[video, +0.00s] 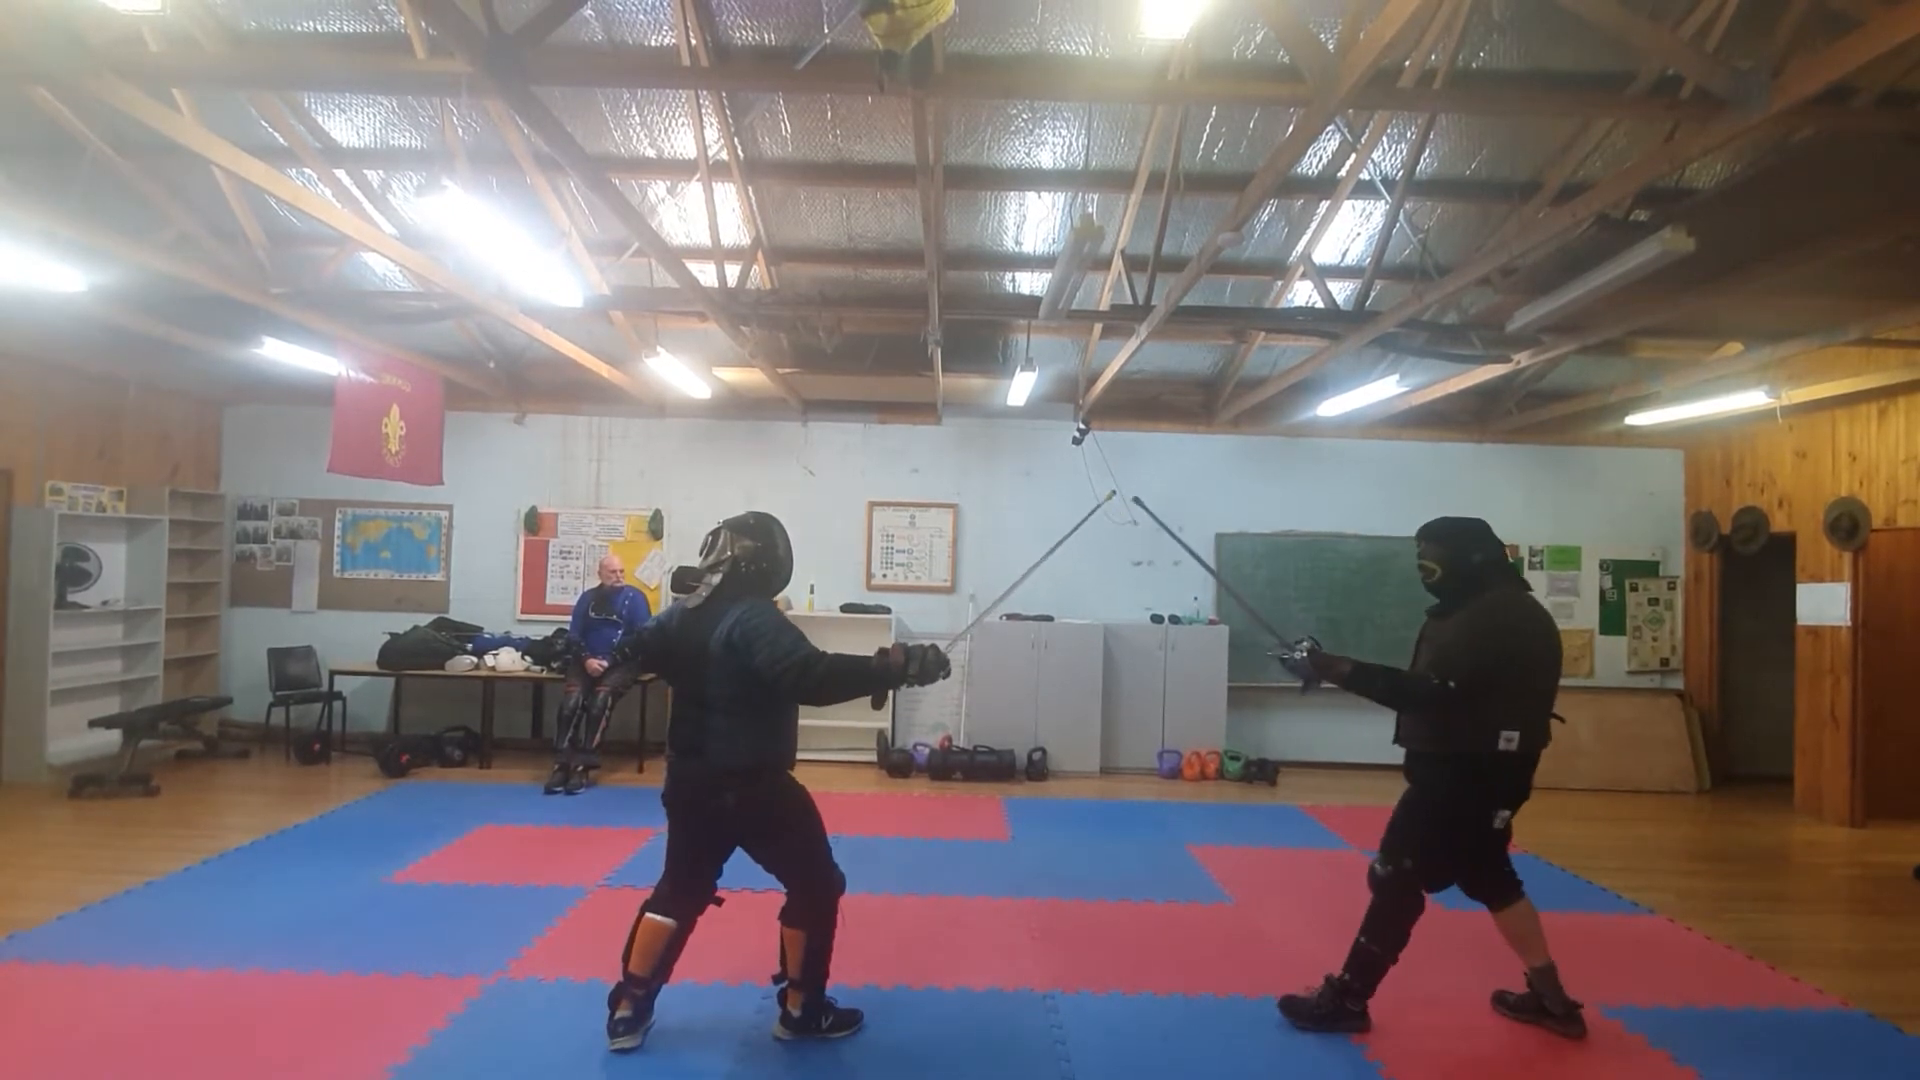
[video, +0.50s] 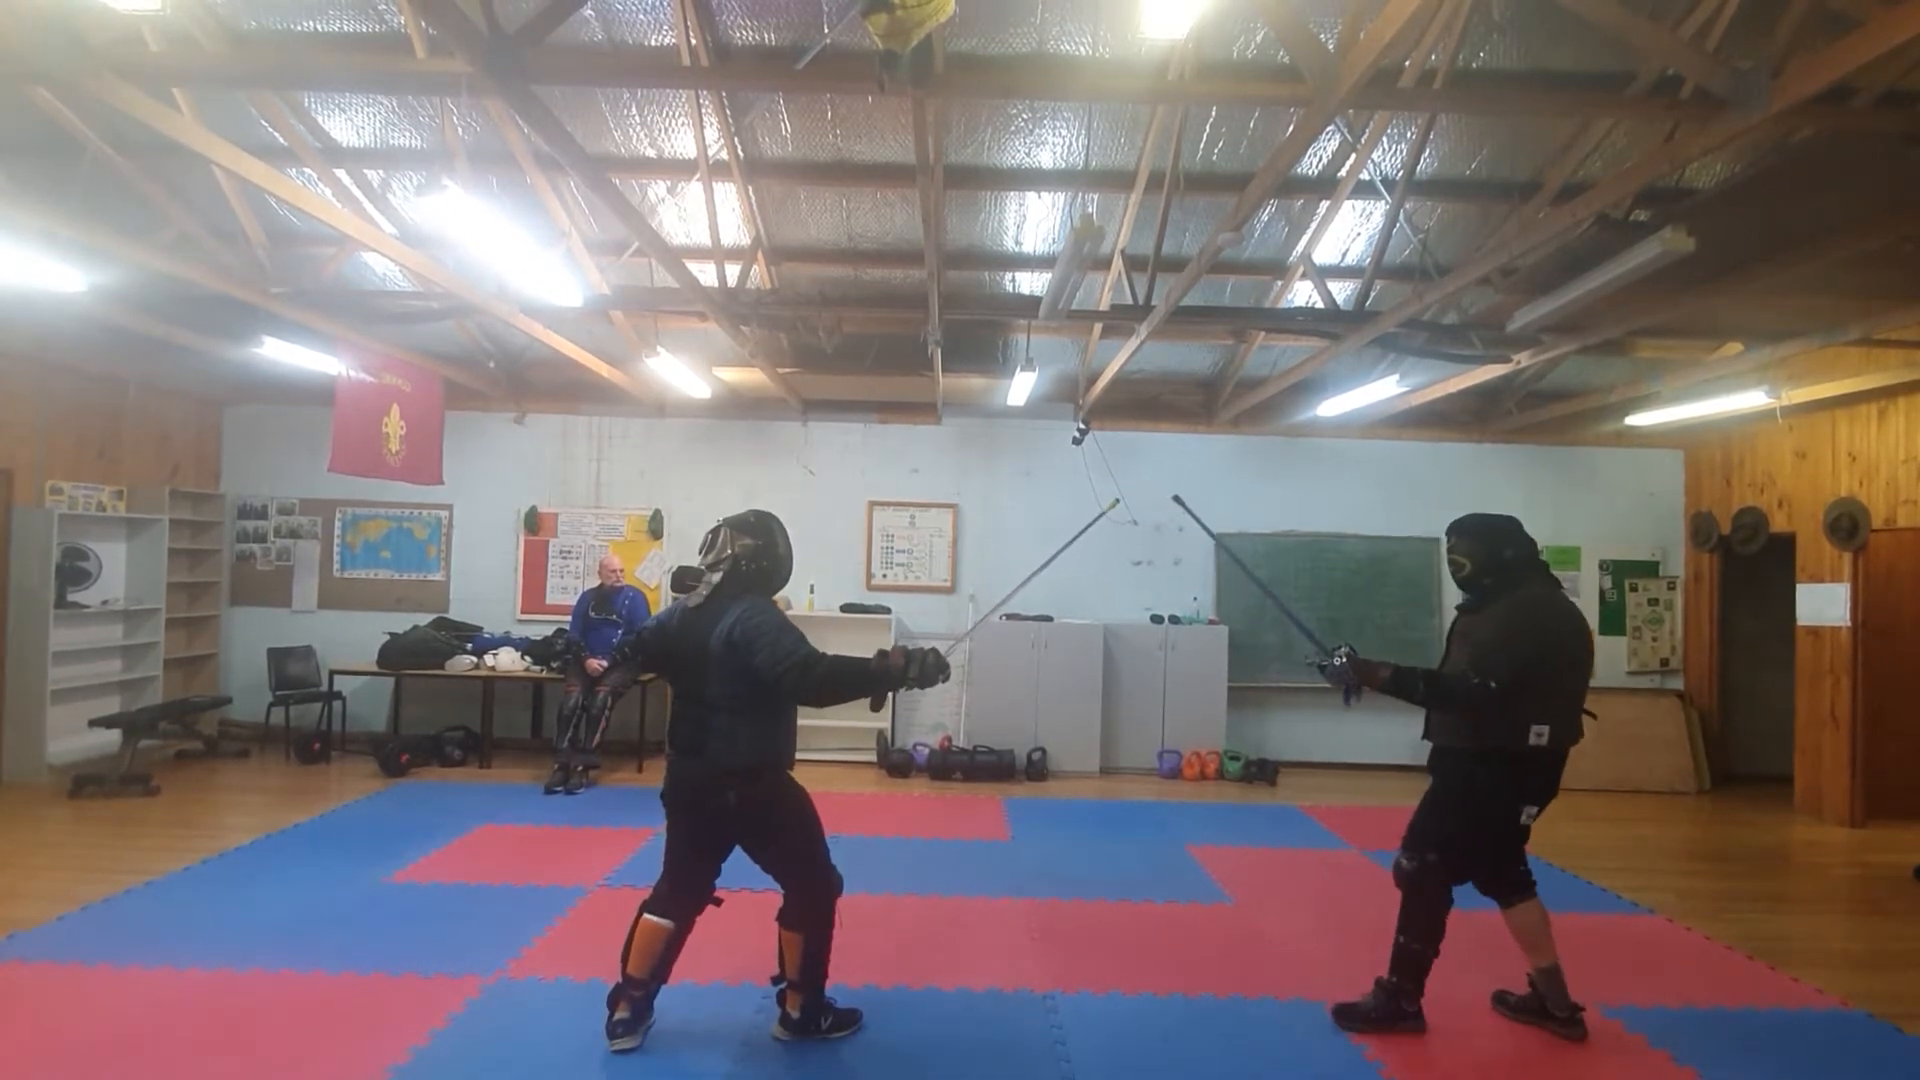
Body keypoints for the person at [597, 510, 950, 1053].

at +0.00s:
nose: (780, 576)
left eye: (778, 566)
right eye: (778, 566)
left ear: (718, 558)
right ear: (767, 565)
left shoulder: (683, 618)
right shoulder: (756, 619)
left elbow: (633, 648)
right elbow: (803, 674)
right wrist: (892, 667)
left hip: (692, 790)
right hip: (760, 791)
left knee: (680, 889)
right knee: (815, 885)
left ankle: (628, 1010)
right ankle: (802, 1010)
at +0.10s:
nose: (783, 575)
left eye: (780, 565)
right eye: (780, 565)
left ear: (718, 557)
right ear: (770, 565)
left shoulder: (684, 618)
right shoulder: (759, 620)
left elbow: (633, 649)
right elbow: (807, 674)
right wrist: (895, 667)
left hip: (693, 790)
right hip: (762, 791)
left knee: (680, 889)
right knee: (815, 885)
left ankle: (628, 1010)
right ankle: (802, 1010)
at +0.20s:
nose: (783, 575)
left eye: (779, 564)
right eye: (781, 565)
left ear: (719, 557)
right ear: (771, 565)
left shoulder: (685, 618)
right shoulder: (759, 619)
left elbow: (634, 649)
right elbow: (809, 673)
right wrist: (897, 666)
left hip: (693, 789)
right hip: (762, 789)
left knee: (680, 889)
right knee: (814, 885)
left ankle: (628, 1011)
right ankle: (802, 1010)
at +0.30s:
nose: (783, 574)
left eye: (779, 563)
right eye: (781, 564)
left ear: (720, 557)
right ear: (771, 564)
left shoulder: (686, 618)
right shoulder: (758, 618)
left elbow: (635, 649)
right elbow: (807, 673)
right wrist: (896, 666)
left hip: (692, 788)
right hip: (760, 789)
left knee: (679, 889)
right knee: (814, 885)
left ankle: (628, 1010)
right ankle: (801, 1010)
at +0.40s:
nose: (782, 574)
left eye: (779, 563)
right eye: (780, 564)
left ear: (719, 556)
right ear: (769, 564)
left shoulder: (683, 617)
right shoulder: (757, 618)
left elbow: (633, 649)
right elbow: (805, 674)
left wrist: (610, 675)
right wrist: (892, 667)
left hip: (692, 788)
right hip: (759, 790)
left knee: (679, 889)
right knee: (813, 886)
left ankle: (627, 1010)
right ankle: (801, 1010)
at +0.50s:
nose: (780, 575)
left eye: (778, 564)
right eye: (778, 565)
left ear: (716, 557)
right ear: (766, 564)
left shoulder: (682, 618)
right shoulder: (757, 618)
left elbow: (632, 649)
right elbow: (804, 675)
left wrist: (610, 674)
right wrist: (890, 668)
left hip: (692, 789)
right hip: (760, 790)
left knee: (678, 889)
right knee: (813, 886)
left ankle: (627, 1010)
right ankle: (801, 1010)